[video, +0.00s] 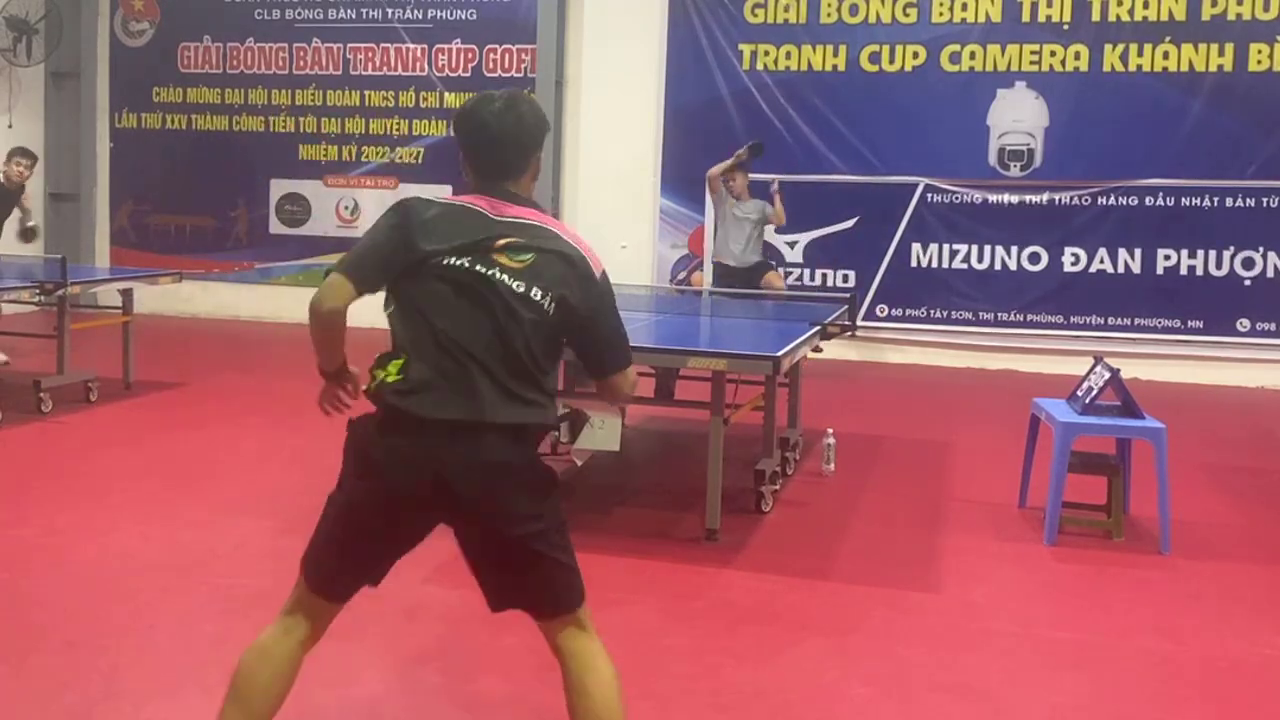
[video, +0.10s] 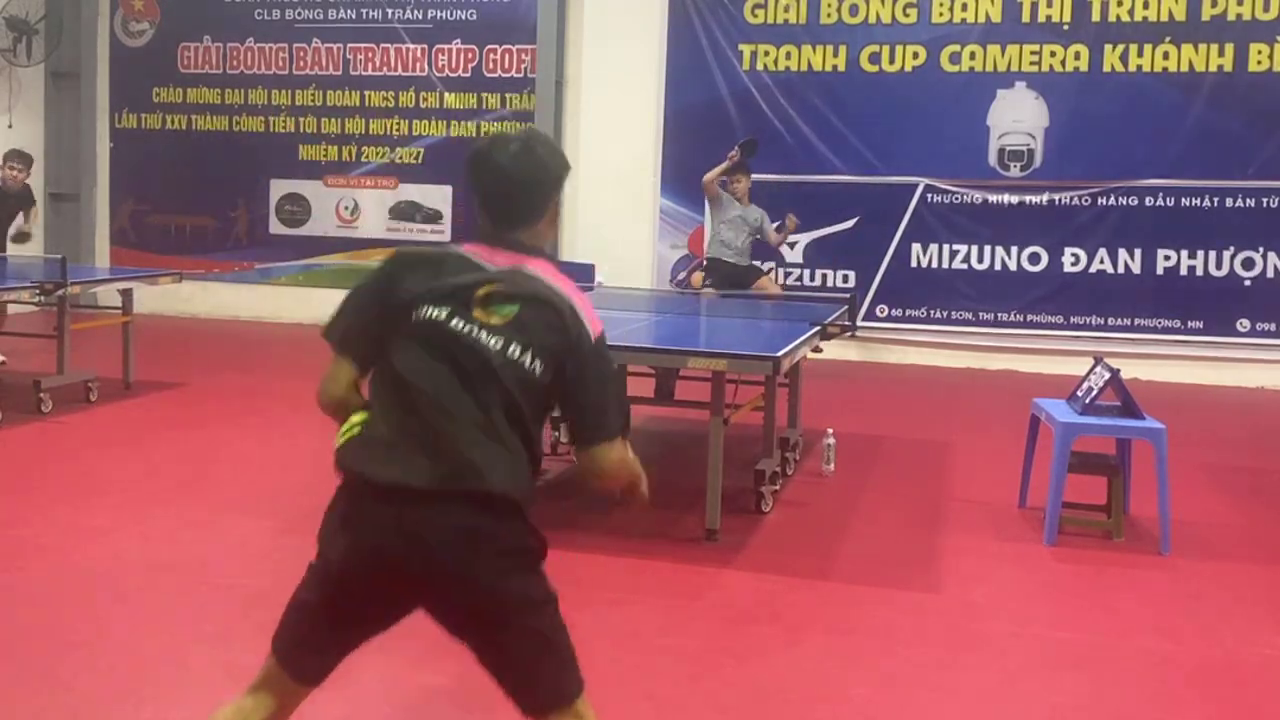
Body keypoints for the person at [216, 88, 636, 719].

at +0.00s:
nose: (541, 162)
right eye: (540, 153)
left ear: (463, 159)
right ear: (535, 163)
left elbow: (327, 303)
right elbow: (617, 384)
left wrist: (333, 369)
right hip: (504, 463)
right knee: (573, 632)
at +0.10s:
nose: (561, 204)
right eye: (561, 194)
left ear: (479, 200)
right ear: (552, 205)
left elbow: (334, 391)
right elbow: (605, 465)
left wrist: (379, 431)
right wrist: (628, 474)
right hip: (482, 534)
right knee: (563, 709)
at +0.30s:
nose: (564, 289)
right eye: (565, 277)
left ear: (476, 277)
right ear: (555, 291)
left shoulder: (430, 347)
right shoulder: (498, 392)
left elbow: (415, 494)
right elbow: (407, 520)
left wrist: (522, 529)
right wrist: (469, 671)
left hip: (286, 607)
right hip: (370, 624)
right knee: (512, 714)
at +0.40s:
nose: (542, 288)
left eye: (543, 274)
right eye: (542, 276)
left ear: (455, 265)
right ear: (532, 286)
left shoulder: (398, 334)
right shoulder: (453, 369)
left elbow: (355, 462)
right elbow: (334, 486)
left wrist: (419, 547)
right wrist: (379, 641)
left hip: (206, 564)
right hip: (274, 582)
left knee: (259, 703)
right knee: (421, 708)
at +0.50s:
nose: (515, 322)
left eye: (524, 307)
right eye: (523, 306)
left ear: (441, 271)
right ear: (505, 301)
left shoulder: (373, 330)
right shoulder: (402, 381)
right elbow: (296, 520)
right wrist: (354, 687)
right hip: (202, 576)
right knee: (306, 704)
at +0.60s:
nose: (497, 354)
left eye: (513, 339)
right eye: (510, 334)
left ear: (436, 284)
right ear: (482, 308)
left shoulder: (350, 331)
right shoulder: (374, 386)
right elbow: (282, 559)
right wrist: (342, 708)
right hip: (168, 583)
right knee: (281, 708)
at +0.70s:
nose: (502, 351)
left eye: (517, 337)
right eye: (512, 331)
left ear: (459, 286)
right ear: (468, 290)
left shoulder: (343, 313)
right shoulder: (348, 382)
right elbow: (286, 581)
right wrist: (304, 714)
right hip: (149, 566)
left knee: (259, 702)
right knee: (241, 712)